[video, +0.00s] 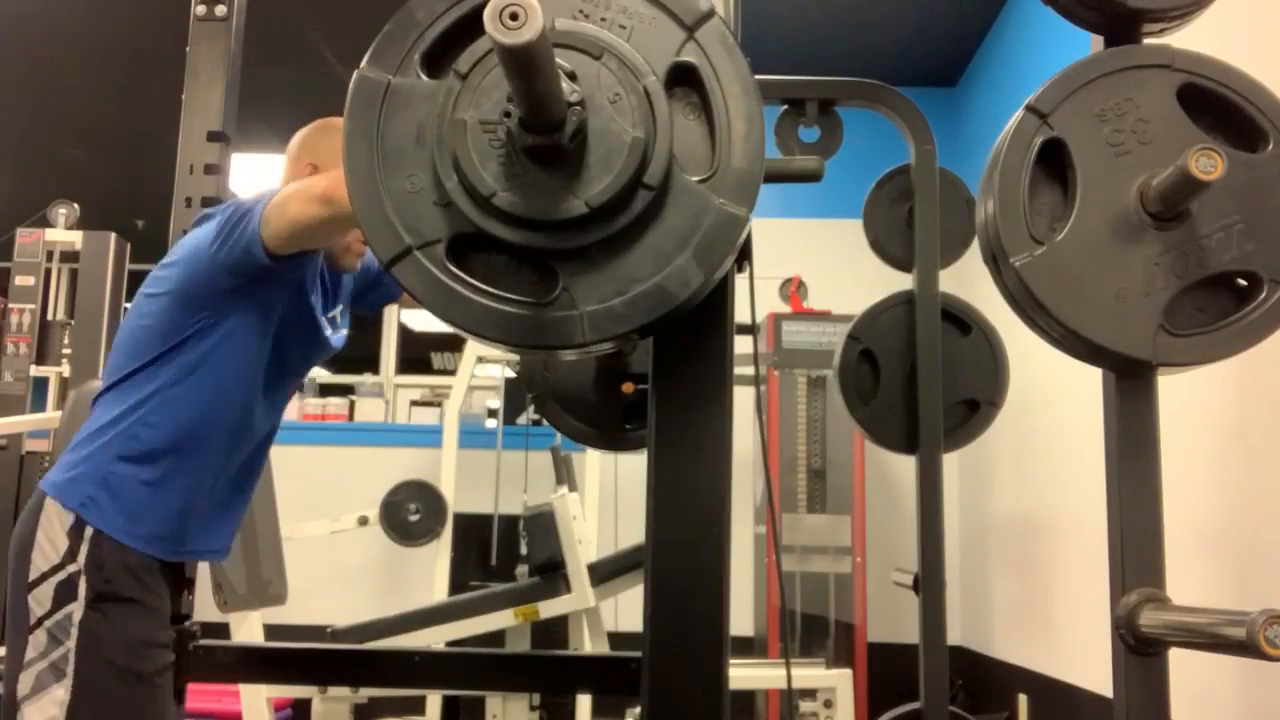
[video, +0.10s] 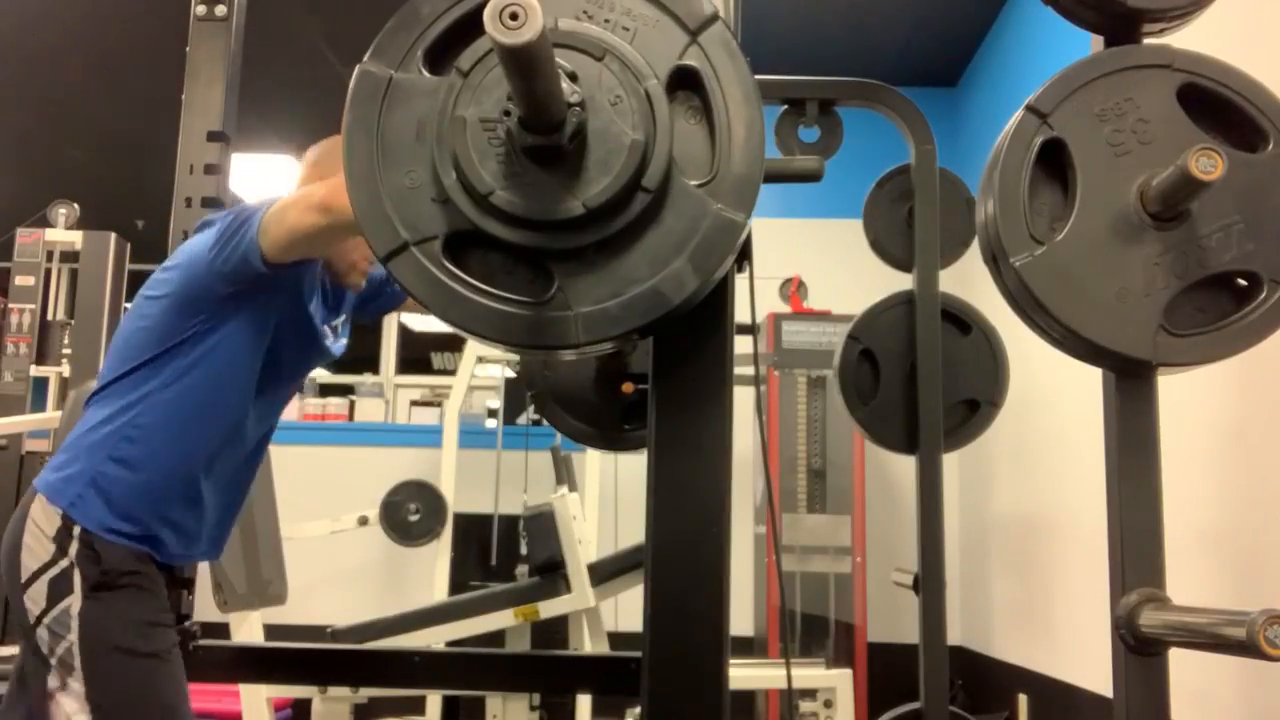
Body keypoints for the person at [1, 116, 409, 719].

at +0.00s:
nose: (375, 223)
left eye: (378, 202)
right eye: (361, 193)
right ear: (315, 184)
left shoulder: (334, 281)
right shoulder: (232, 241)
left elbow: (429, 262)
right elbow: (324, 197)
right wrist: (420, 168)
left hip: (160, 556)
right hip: (95, 545)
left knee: (148, 708)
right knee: (94, 711)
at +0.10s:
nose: (384, 248)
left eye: (389, 227)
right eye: (373, 222)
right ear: (329, 205)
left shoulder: (335, 291)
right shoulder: (232, 249)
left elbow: (439, 262)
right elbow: (327, 204)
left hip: (158, 559)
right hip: (89, 546)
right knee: (143, 707)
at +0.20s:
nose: (406, 305)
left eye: (420, 293)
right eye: (406, 279)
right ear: (362, 245)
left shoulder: (329, 318)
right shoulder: (241, 265)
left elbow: (431, 304)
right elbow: (324, 229)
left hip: (158, 565)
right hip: (91, 552)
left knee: (32, 706)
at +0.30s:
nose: (427, 371)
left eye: (441, 359)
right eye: (434, 348)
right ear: (392, 285)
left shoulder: (331, 358)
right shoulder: (270, 297)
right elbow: (332, 251)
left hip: (154, 577)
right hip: (96, 565)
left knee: (34, 711)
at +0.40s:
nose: (456, 428)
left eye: (476, 419)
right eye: (472, 406)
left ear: (448, 345)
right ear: (448, 342)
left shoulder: (370, 386)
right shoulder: (338, 336)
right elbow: (333, 287)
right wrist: (447, 238)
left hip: (144, 573)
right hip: (117, 571)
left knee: (41, 713)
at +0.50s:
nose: (511, 461)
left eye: (531, 451)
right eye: (528, 439)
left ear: (501, 371)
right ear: (506, 379)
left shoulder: (426, 398)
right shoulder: (402, 359)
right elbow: (346, 307)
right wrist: (463, 237)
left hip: (173, 571)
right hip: (153, 568)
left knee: (63, 711)